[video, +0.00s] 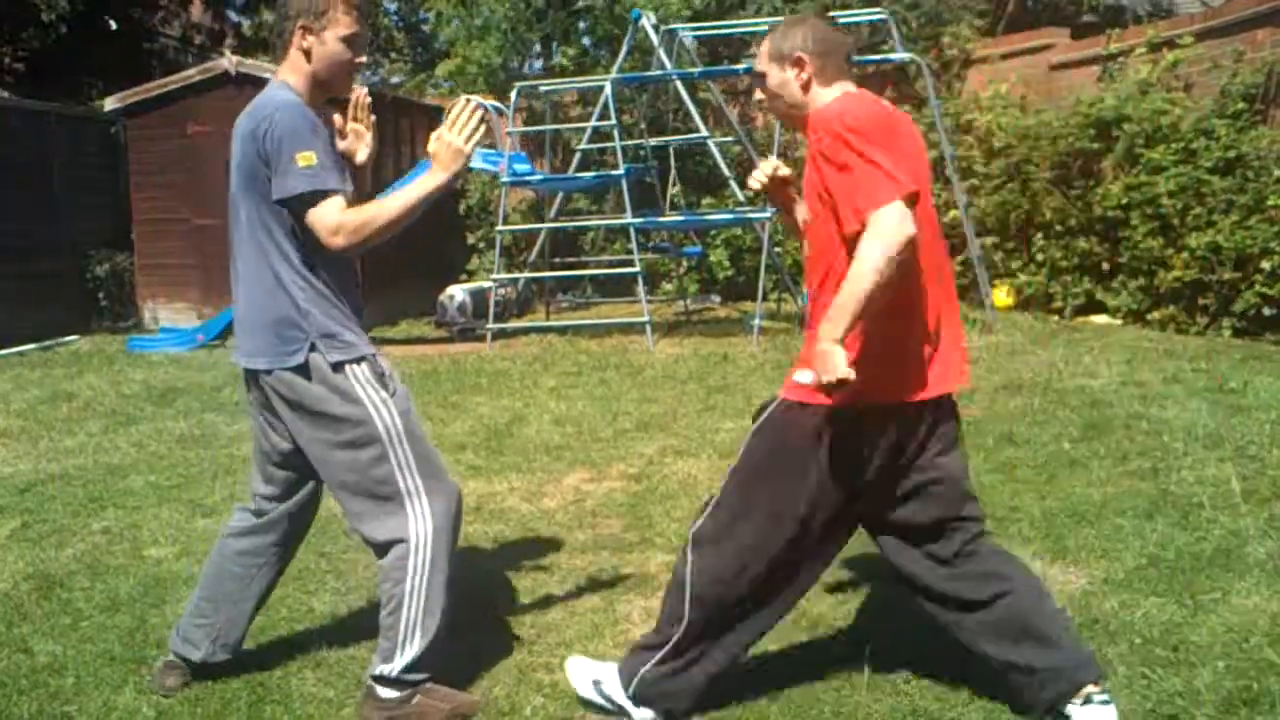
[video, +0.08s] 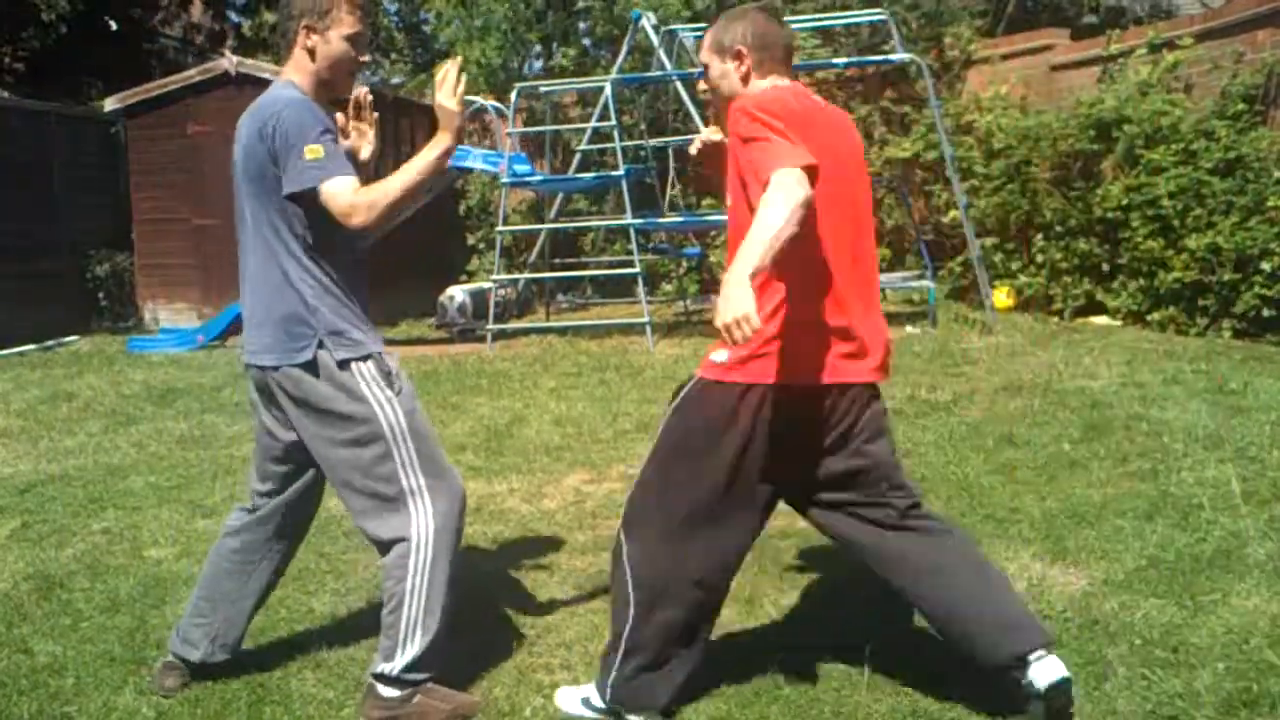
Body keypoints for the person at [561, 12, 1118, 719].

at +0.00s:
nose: (762, 94)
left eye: (765, 78)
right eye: (759, 80)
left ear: (801, 70)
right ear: (819, 69)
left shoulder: (838, 119)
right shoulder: (887, 121)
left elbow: (889, 229)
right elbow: (836, 246)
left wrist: (830, 334)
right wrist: (787, 196)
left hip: (843, 388)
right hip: (911, 387)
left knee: (740, 539)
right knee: (954, 551)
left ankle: (654, 684)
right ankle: (1074, 687)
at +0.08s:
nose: (706, 86)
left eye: (707, 71)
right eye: (702, 72)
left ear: (740, 63)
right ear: (781, 63)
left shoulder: (755, 111)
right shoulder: (834, 120)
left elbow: (789, 188)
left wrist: (738, 275)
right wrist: (733, 155)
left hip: (757, 370)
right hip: (842, 371)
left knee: (663, 523)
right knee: (897, 518)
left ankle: (632, 690)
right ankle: (1031, 657)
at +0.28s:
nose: (631, 61)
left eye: (634, 50)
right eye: (632, 50)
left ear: (658, 42)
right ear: (713, 47)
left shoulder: (646, 69)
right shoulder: (777, 105)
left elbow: (542, 74)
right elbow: (796, 211)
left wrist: (435, 63)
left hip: (668, 335)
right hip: (758, 337)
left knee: (629, 508)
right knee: (769, 476)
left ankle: (628, 689)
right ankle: (815, 606)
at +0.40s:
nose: (605, 58)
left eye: (607, 48)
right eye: (608, 49)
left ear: (622, 47)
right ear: (676, 51)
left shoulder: (607, 73)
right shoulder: (731, 106)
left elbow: (513, 84)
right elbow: (784, 208)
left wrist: (432, 55)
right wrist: (740, 257)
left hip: (623, 327)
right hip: (701, 330)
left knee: (613, 506)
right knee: (686, 466)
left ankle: (623, 688)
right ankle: (707, 592)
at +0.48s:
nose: (577, 68)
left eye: (581, 58)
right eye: (579, 58)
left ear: (605, 53)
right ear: (651, 59)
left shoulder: (587, 84)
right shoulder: (705, 120)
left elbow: (492, 119)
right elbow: (758, 217)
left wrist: (425, 91)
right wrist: (735, 293)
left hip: (603, 327)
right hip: (671, 331)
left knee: (591, 499)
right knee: (643, 471)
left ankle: (623, 683)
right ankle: (664, 598)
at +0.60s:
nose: (553, 61)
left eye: (558, 47)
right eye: (554, 49)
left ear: (592, 41)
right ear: (617, 44)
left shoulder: (589, 86)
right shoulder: (673, 109)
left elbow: (530, 172)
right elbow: (712, 191)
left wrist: (444, 150)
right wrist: (657, 244)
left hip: (591, 320)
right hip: (646, 320)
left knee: (555, 491)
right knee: (613, 468)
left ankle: (616, 657)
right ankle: (658, 595)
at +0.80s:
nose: (519, 39)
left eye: (529, 28)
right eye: (519, 27)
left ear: (570, 32)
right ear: (559, 32)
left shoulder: (608, 109)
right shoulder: (544, 95)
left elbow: (665, 218)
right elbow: (478, 93)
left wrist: (623, 309)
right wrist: (434, 61)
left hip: (572, 327)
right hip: (554, 321)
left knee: (497, 465)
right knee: (587, 461)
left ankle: (505, 624)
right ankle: (656, 585)